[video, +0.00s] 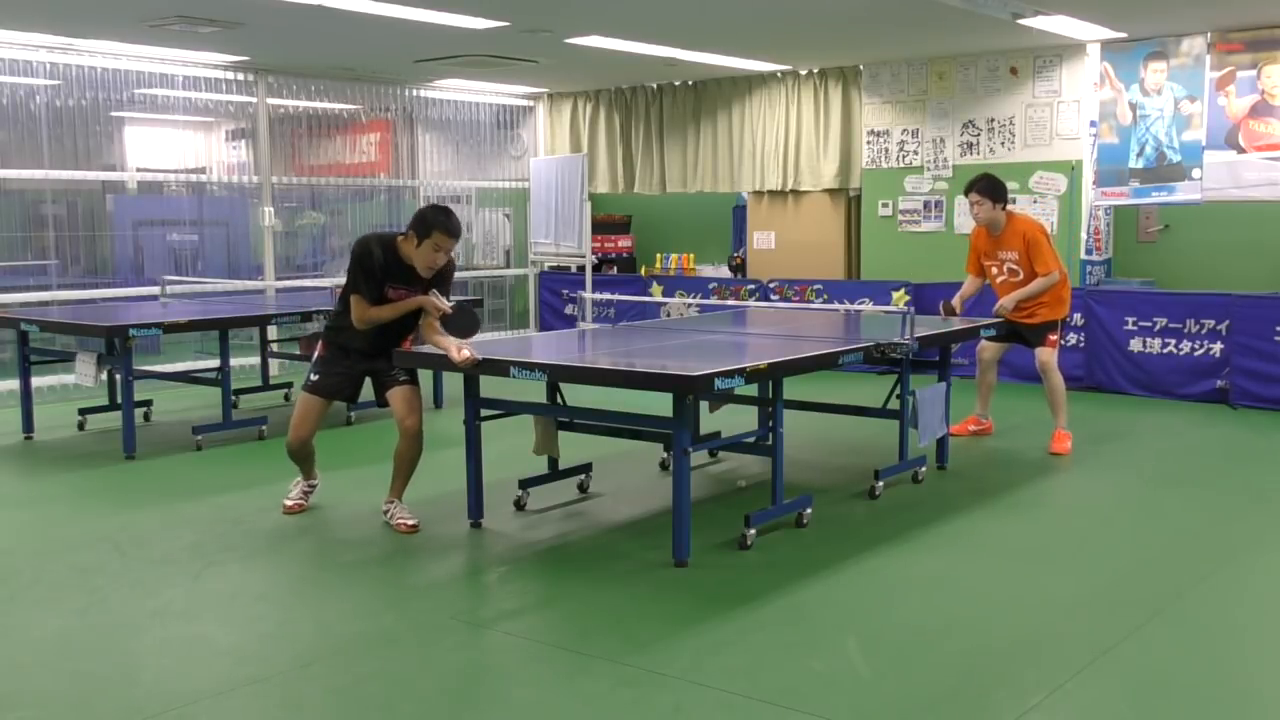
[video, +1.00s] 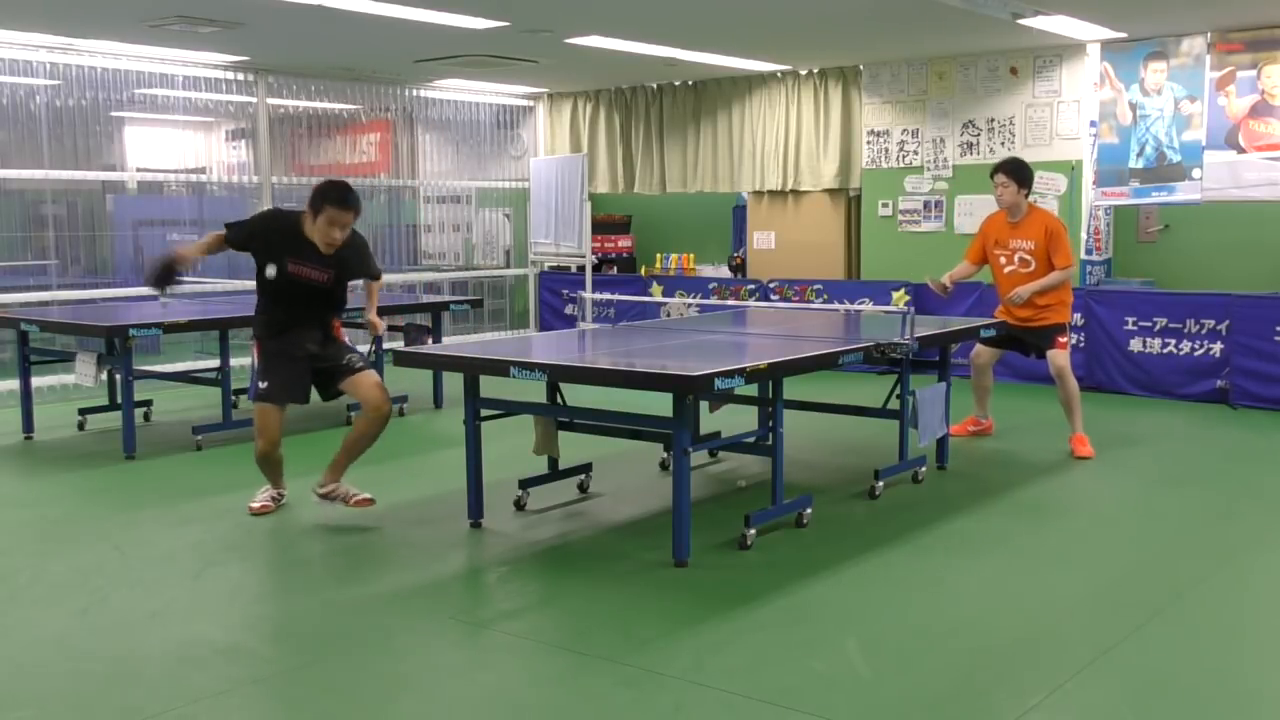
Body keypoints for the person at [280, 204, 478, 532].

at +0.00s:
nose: (442, 260)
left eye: (448, 253)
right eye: (437, 250)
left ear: (453, 251)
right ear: (411, 240)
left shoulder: (442, 269)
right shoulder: (370, 250)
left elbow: (428, 325)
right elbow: (361, 318)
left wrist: (451, 345)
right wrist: (420, 302)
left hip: (392, 350)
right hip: (343, 346)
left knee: (412, 426)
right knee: (296, 440)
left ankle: (393, 502)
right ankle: (309, 479)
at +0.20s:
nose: (410, 206)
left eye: (415, 198)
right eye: (402, 196)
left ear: (419, 200)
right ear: (378, 194)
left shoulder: (419, 232)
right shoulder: (344, 225)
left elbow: (436, 282)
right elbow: (340, 290)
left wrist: (453, 277)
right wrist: (391, 264)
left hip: (386, 338)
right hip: (337, 336)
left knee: (407, 421)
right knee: (287, 428)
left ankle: (394, 502)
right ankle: (277, 485)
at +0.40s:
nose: (364, 170)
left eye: (370, 163)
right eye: (356, 161)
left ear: (376, 170)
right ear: (334, 166)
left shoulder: (384, 203)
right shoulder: (310, 213)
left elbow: (422, 207)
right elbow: (295, 275)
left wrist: (425, 169)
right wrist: (324, 285)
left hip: (372, 324)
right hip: (325, 326)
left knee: (399, 414)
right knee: (285, 419)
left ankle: (394, 502)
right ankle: (275, 486)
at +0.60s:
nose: (327, 151)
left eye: (334, 146)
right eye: (318, 143)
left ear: (343, 157)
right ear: (301, 153)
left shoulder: (359, 193)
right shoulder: (284, 209)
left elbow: (411, 198)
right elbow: (273, 278)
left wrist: (417, 169)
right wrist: (256, 334)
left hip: (354, 318)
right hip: (305, 321)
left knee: (387, 408)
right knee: (278, 416)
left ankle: (394, 501)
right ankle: (273, 486)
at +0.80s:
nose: (307, 161)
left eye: (316, 155)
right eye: (300, 152)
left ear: (325, 165)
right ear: (284, 159)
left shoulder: (341, 201)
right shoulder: (266, 203)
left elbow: (394, 224)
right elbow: (252, 242)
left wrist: (407, 231)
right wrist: (210, 269)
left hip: (333, 320)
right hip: (284, 323)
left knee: (375, 401)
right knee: (268, 417)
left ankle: (391, 499)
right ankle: (273, 487)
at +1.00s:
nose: (338, 236)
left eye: (346, 228)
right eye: (332, 226)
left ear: (353, 222)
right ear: (311, 214)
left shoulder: (354, 247)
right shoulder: (274, 226)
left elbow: (374, 277)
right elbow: (223, 239)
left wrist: (371, 312)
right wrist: (191, 252)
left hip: (325, 338)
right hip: (275, 341)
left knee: (379, 405)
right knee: (266, 446)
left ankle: (330, 482)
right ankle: (276, 488)